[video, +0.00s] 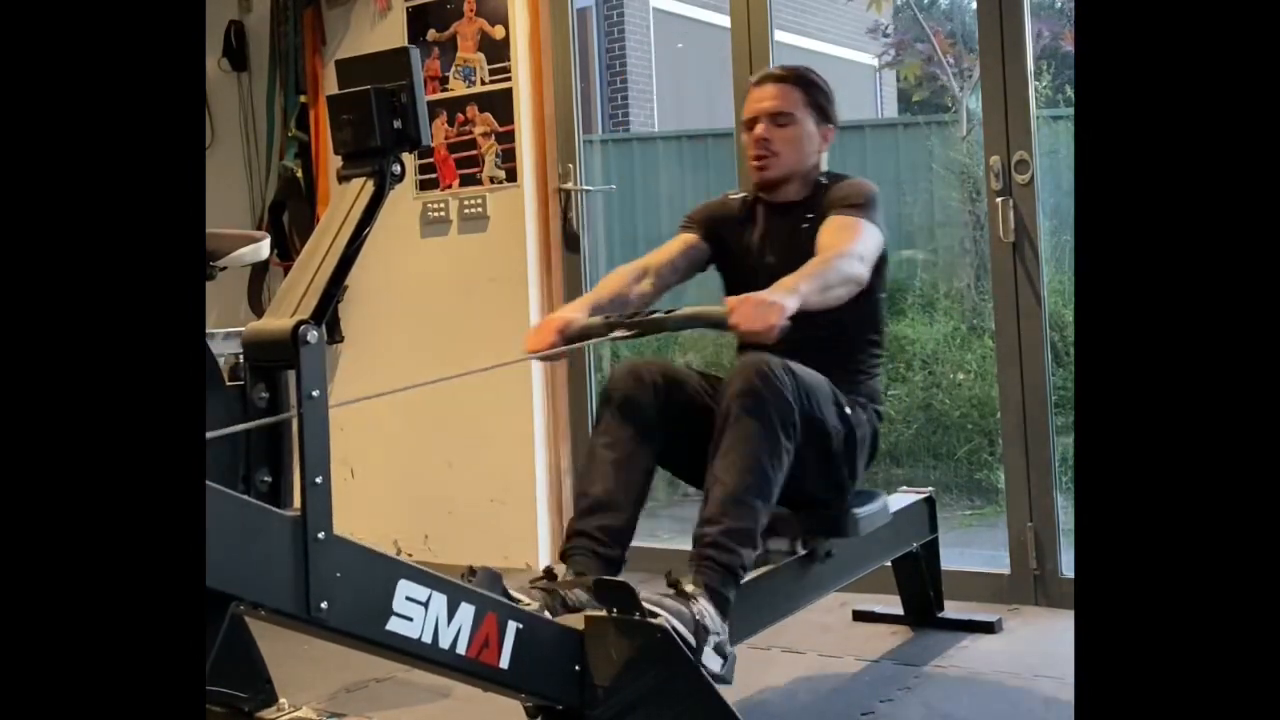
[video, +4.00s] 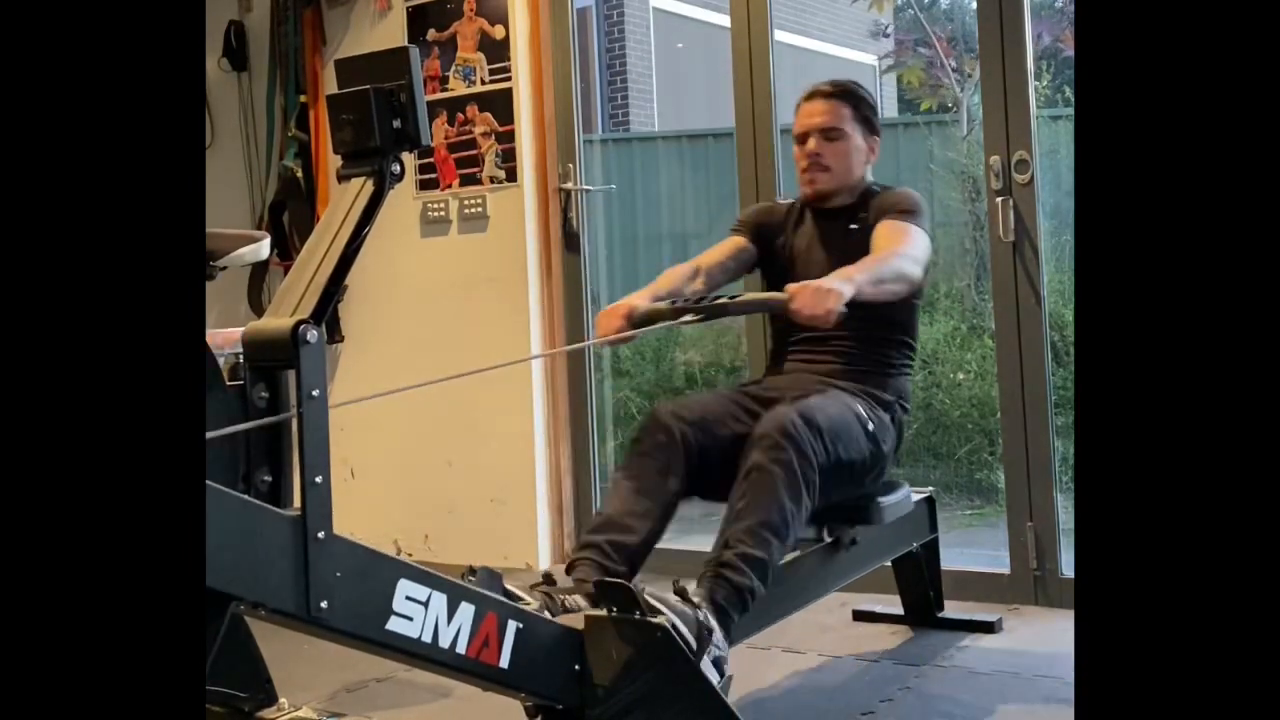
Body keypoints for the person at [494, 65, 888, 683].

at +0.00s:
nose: (758, 135)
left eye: (779, 121)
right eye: (749, 124)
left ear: (825, 136)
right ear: (740, 136)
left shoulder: (851, 200)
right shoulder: (724, 217)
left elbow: (844, 264)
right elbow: (646, 276)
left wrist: (786, 294)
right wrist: (574, 314)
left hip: (836, 438)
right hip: (746, 426)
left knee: (760, 371)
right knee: (637, 381)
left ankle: (707, 606)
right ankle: (582, 580)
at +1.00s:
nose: (635, 145)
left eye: (659, 126)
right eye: (627, 127)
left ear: (716, 137)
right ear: (618, 134)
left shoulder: (764, 207)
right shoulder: (618, 227)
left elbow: (732, 267)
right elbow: (522, 291)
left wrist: (645, 322)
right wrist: (416, 352)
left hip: (763, 477)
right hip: (662, 475)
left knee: (705, 318)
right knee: (575, 306)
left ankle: (695, 572)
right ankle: (574, 558)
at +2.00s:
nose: (724, 144)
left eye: (743, 126)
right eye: (714, 129)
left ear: (791, 136)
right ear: (704, 137)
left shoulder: (827, 204)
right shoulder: (696, 222)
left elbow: (865, 253)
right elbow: (609, 273)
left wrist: (764, 271)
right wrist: (537, 303)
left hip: (806, 470)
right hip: (712, 466)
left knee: (733, 340)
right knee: (596, 348)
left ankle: (708, 590)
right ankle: (579, 570)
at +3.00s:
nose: (794, 178)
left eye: (812, 162)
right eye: (785, 164)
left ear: (854, 163)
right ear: (779, 169)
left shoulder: (905, 233)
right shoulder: (773, 243)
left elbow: (1016, 301)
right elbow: (730, 304)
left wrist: (931, 290)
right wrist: (716, 315)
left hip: (857, 429)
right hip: (764, 421)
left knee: (769, 404)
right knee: (666, 401)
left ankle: (716, 615)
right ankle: (593, 583)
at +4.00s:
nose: (809, 149)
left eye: (828, 136)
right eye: (801, 138)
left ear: (871, 147)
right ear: (792, 149)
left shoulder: (896, 209)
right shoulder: (774, 220)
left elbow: (902, 267)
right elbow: (699, 272)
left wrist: (843, 283)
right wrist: (639, 302)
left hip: (862, 403)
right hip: (774, 393)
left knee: (785, 431)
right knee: (670, 423)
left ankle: (712, 617)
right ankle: (585, 583)